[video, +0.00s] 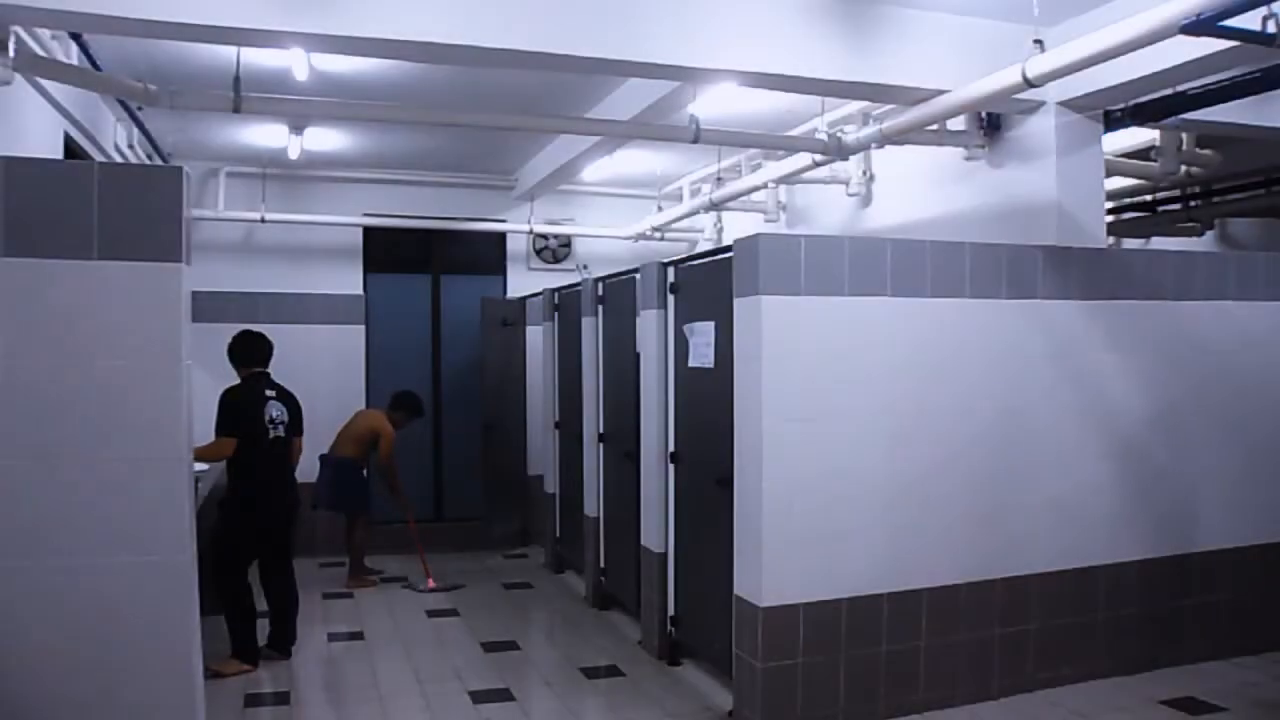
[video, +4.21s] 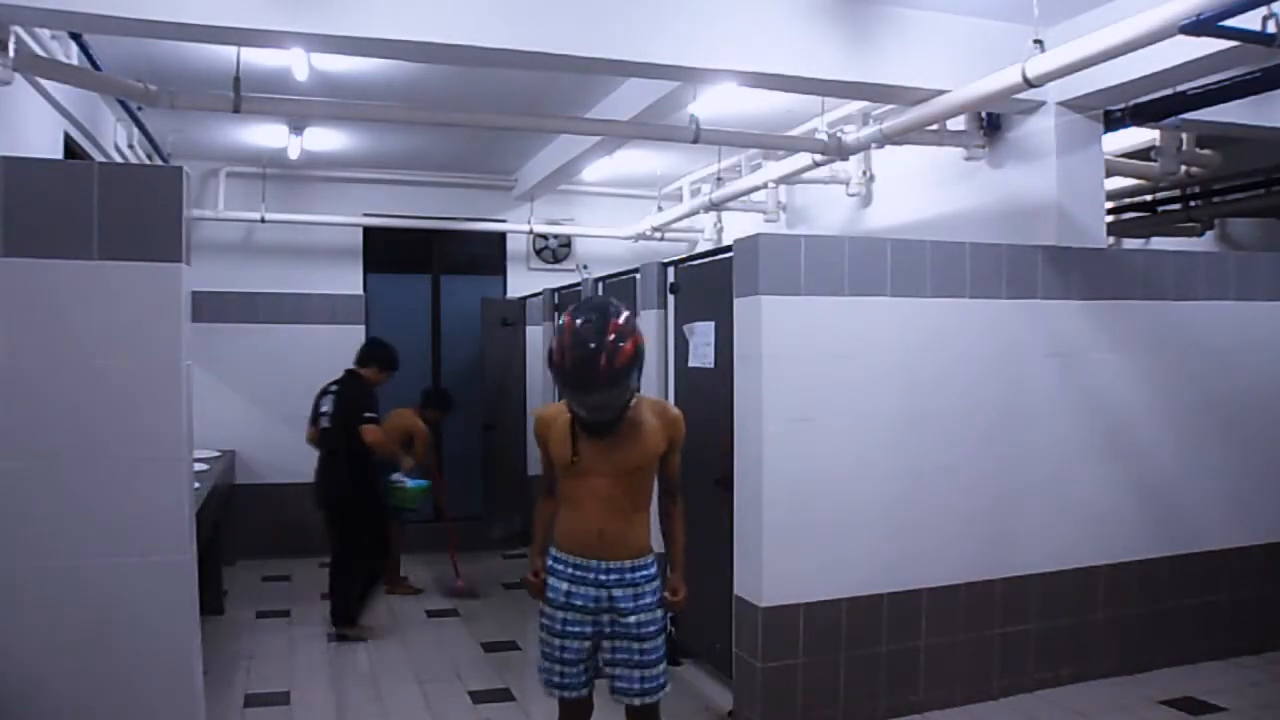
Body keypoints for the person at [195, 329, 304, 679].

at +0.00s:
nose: (232, 362)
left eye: (233, 357)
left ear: (234, 360)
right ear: (267, 359)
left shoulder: (234, 397)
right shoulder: (288, 398)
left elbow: (224, 448)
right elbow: (295, 452)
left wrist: (190, 454)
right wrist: (280, 479)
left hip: (245, 498)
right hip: (282, 496)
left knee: (229, 569)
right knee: (278, 568)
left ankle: (244, 654)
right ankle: (281, 644)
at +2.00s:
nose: (265, 365)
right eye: (267, 359)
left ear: (234, 360)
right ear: (270, 361)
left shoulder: (215, 397)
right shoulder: (285, 397)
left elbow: (202, 449)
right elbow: (302, 449)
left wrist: (228, 441)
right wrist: (282, 465)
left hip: (233, 497)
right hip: (277, 496)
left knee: (233, 575)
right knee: (280, 570)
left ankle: (247, 654)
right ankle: (282, 644)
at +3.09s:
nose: (287, 380)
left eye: (289, 374)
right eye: (288, 373)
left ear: (256, 362)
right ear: (279, 367)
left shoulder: (218, 394)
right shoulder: (283, 399)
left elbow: (205, 446)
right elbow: (304, 451)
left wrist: (232, 459)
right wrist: (328, 492)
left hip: (233, 499)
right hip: (277, 499)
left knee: (240, 576)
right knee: (282, 571)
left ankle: (246, 656)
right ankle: (283, 643)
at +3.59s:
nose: (326, 385)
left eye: (329, 379)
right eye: (327, 378)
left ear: (300, 364)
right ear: (317, 369)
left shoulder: (260, 391)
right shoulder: (309, 397)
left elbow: (251, 440)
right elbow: (323, 446)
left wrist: (281, 449)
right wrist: (342, 461)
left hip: (261, 489)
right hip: (297, 491)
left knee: (277, 557)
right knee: (297, 563)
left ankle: (271, 624)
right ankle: (284, 641)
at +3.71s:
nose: (333, 384)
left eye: (336, 379)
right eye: (334, 378)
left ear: (308, 364)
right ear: (325, 370)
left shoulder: (271, 393)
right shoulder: (315, 398)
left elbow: (275, 443)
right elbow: (327, 449)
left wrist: (315, 456)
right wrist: (349, 459)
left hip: (271, 488)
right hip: (305, 492)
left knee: (297, 558)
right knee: (301, 563)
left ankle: (310, 622)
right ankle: (285, 642)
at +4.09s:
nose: (370, 381)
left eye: (373, 374)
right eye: (371, 374)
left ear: (345, 363)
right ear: (362, 368)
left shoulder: (310, 393)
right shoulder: (351, 393)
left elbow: (296, 439)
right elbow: (361, 437)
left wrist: (323, 454)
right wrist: (386, 456)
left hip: (314, 482)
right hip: (344, 482)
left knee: (338, 553)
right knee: (341, 554)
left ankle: (344, 623)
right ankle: (300, 623)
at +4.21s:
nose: (385, 381)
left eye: (387, 375)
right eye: (386, 374)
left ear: (361, 362)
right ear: (377, 368)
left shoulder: (327, 391)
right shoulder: (363, 392)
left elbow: (313, 435)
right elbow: (371, 436)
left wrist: (342, 447)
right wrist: (399, 456)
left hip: (329, 480)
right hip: (357, 482)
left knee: (345, 547)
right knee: (374, 548)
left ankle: (343, 619)